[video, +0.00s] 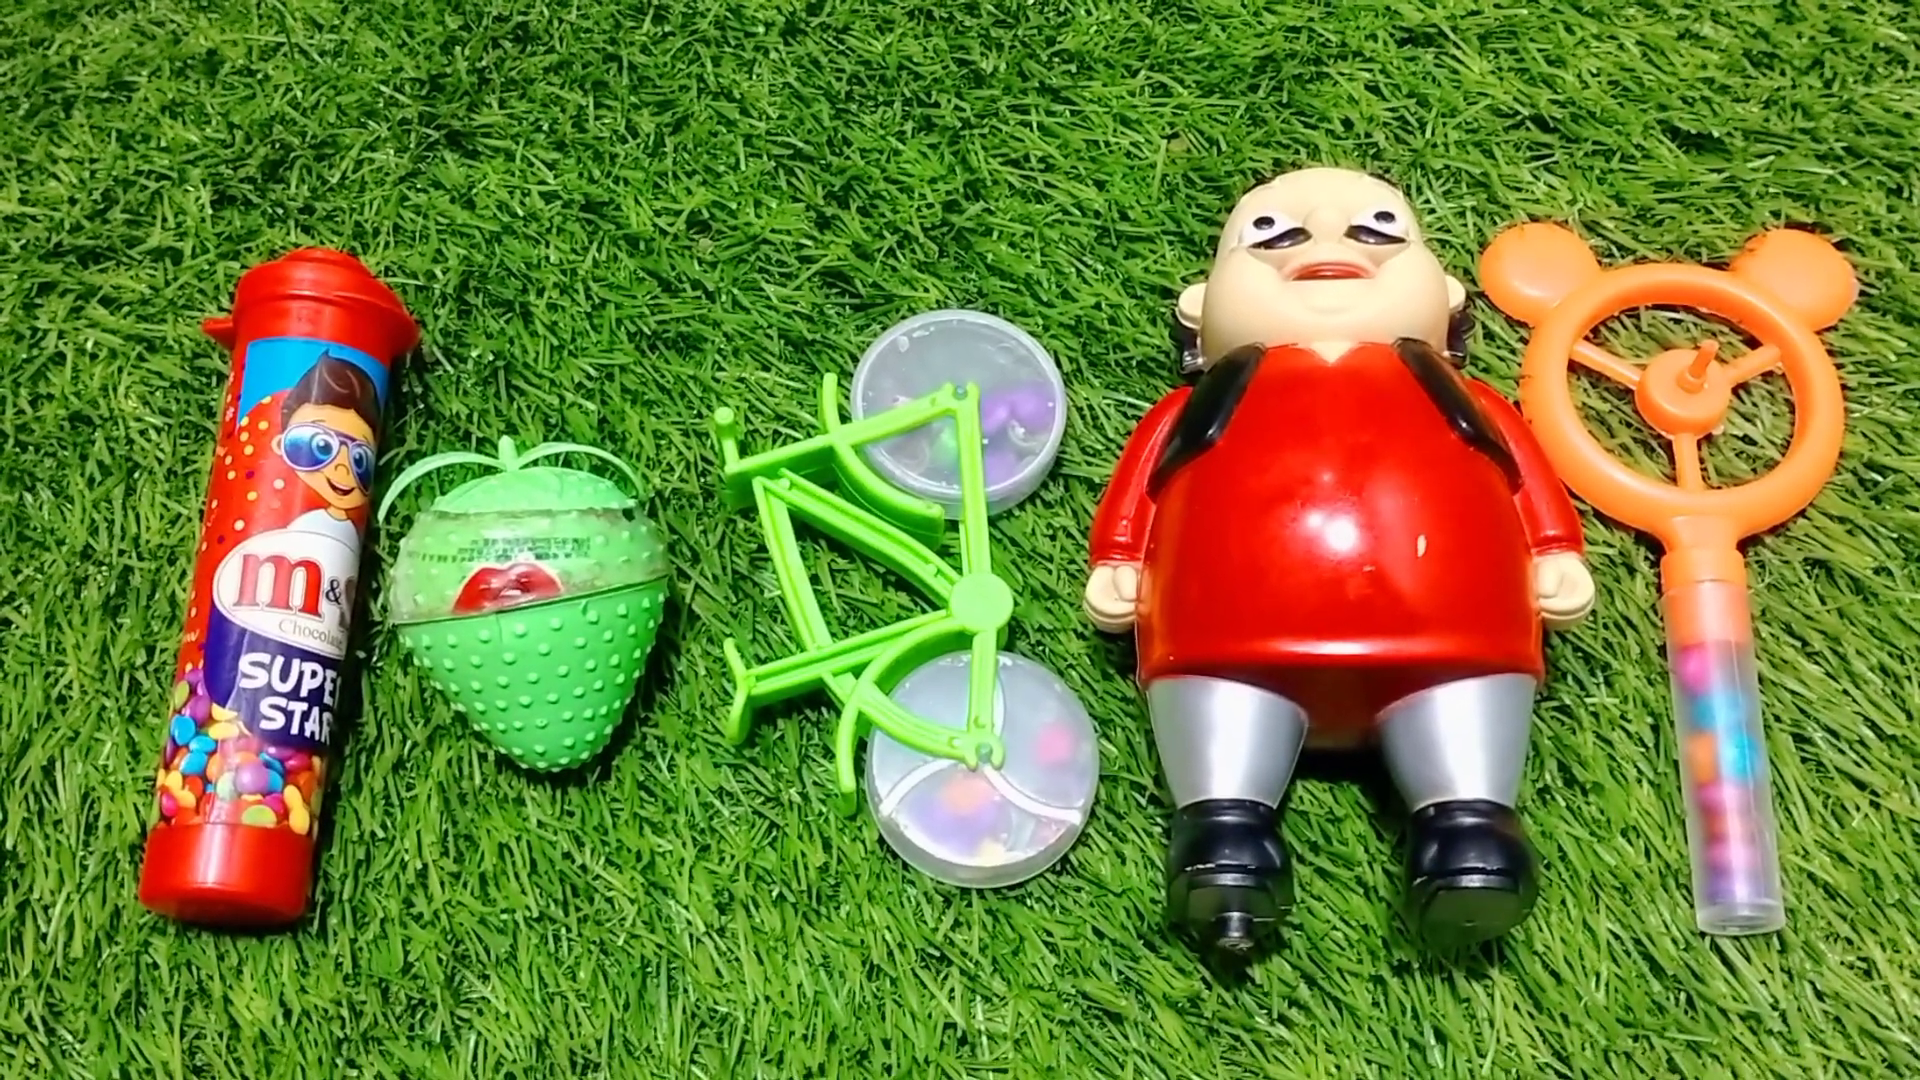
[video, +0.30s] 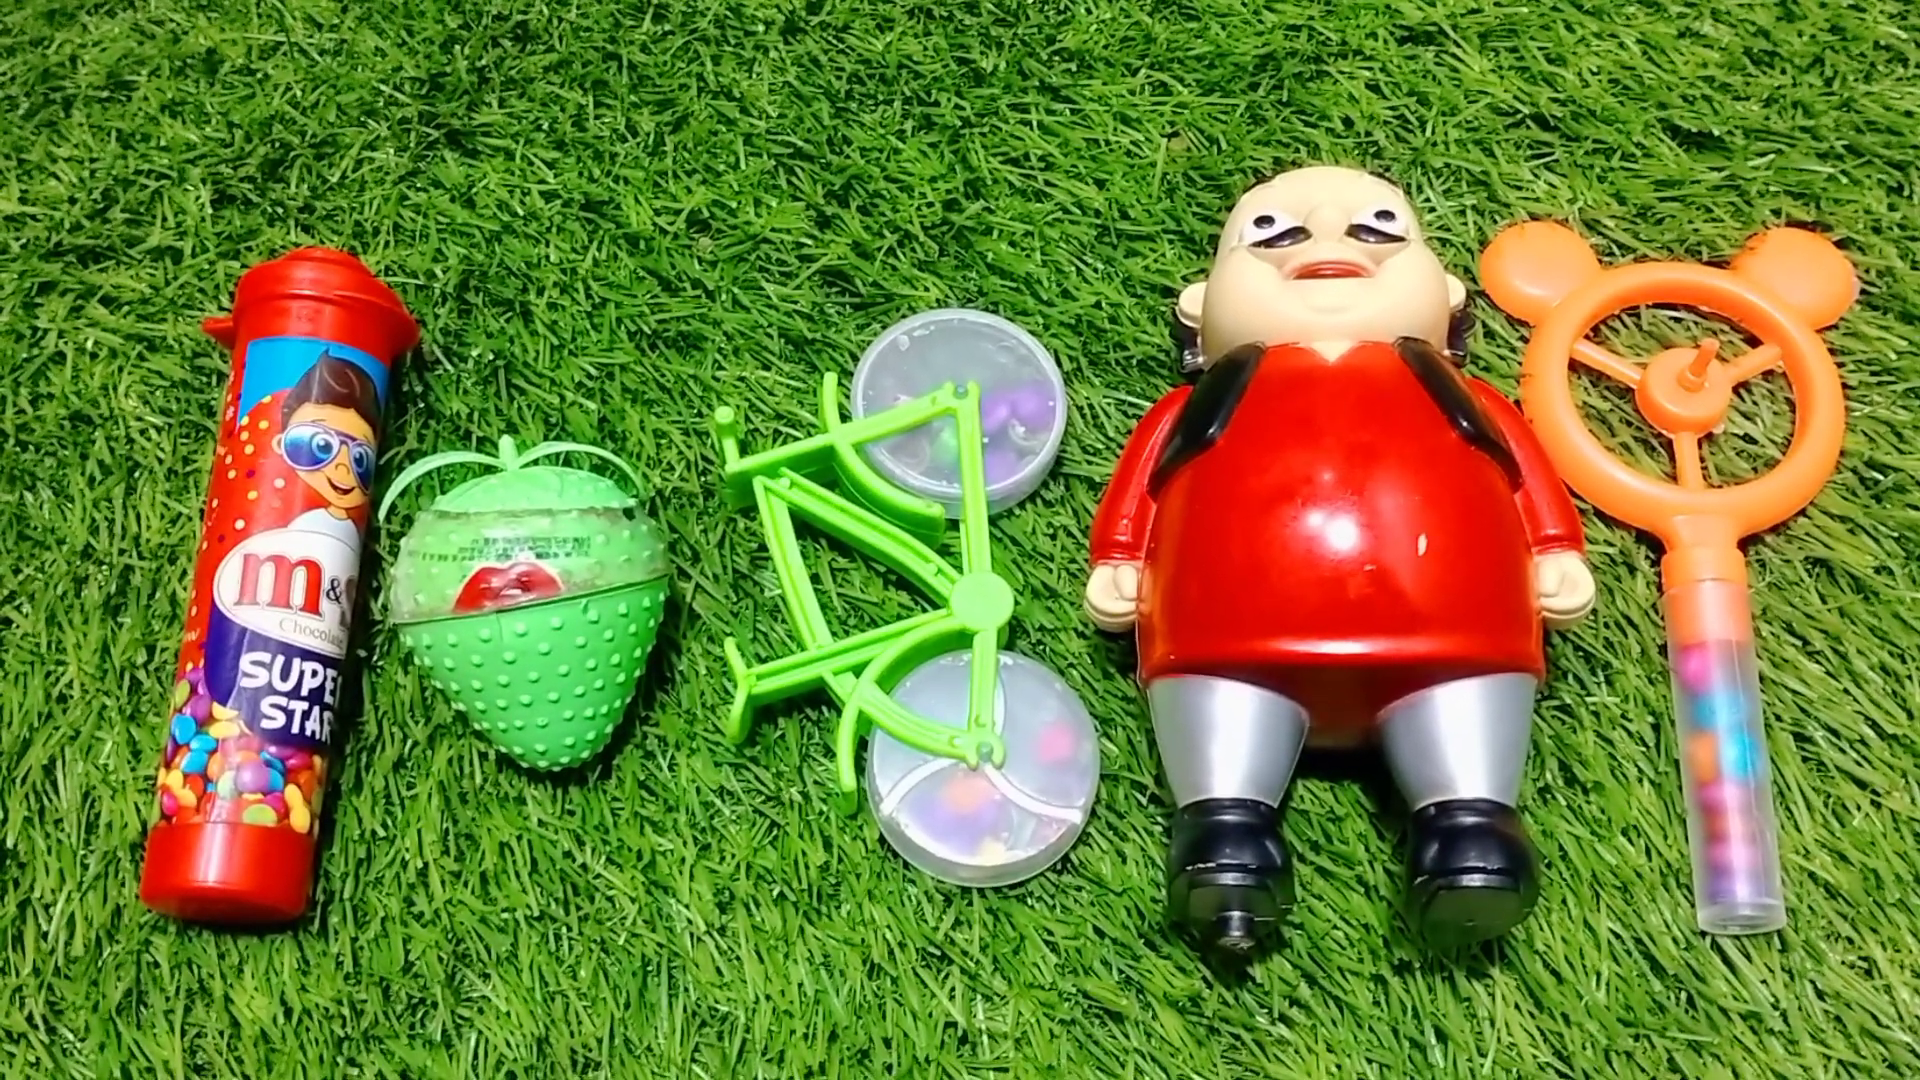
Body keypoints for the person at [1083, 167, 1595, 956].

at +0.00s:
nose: (1330, 242)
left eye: (1379, 225)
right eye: (1276, 228)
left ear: (1447, 301)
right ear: (1200, 311)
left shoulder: (1466, 395)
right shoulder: (1193, 404)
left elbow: (1524, 466)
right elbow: (1142, 478)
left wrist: (1553, 546)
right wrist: (1120, 555)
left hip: (1442, 574)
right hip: (1239, 577)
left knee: (1466, 670)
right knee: (1220, 677)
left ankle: (1469, 827)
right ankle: (1227, 837)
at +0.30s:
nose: (1331, 241)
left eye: (1379, 224)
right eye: (1276, 227)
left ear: (1447, 300)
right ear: (1201, 309)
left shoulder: (1464, 393)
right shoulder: (1194, 402)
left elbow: (1524, 464)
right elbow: (1142, 476)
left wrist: (1553, 545)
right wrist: (1121, 554)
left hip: (1442, 571)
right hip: (1239, 575)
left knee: (1466, 667)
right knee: (1221, 674)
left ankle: (1469, 827)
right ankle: (1228, 837)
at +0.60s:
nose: (1332, 240)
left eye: (1380, 224)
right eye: (1277, 226)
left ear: (1448, 300)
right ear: (1202, 309)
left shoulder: (1466, 394)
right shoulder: (1194, 403)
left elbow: (1525, 465)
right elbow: (1142, 477)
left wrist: (1554, 546)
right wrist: (1121, 553)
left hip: (1443, 574)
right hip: (1239, 577)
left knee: (1467, 671)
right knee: (1221, 677)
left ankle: (1468, 830)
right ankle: (1228, 838)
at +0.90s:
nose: (1332, 240)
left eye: (1380, 224)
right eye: (1277, 226)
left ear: (1449, 299)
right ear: (1202, 309)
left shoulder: (1467, 394)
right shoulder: (1194, 403)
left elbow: (1527, 466)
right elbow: (1142, 477)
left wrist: (1554, 545)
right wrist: (1121, 553)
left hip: (1443, 576)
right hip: (1240, 579)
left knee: (1466, 674)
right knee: (1221, 679)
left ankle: (1469, 830)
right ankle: (1228, 838)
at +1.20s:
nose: (1332, 240)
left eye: (1380, 223)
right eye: (1277, 226)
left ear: (1449, 300)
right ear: (1202, 309)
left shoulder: (1467, 394)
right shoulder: (1194, 403)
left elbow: (1527, 466)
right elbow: (1142, 478)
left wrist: (1555, 545)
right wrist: (1121, 552)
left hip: (1443, 575)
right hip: (1239, 578)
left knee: (1467, 673)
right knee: (1221, 679)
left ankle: (1469, 831)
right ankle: (1228, 838)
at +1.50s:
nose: (1331, 240)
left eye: (1380, 224)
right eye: (1277, 226)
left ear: (1449, 299)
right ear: (1202, 308)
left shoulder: (1467, 394)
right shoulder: (1194, 403)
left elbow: (1526, 466)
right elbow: (1142, 477)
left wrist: (1555, 545)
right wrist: (1121, 552)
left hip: (1443, 575)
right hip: (1239, 578)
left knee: (1467, 673)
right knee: (1221, 678)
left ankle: (1469, 830)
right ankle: (1228, 837)